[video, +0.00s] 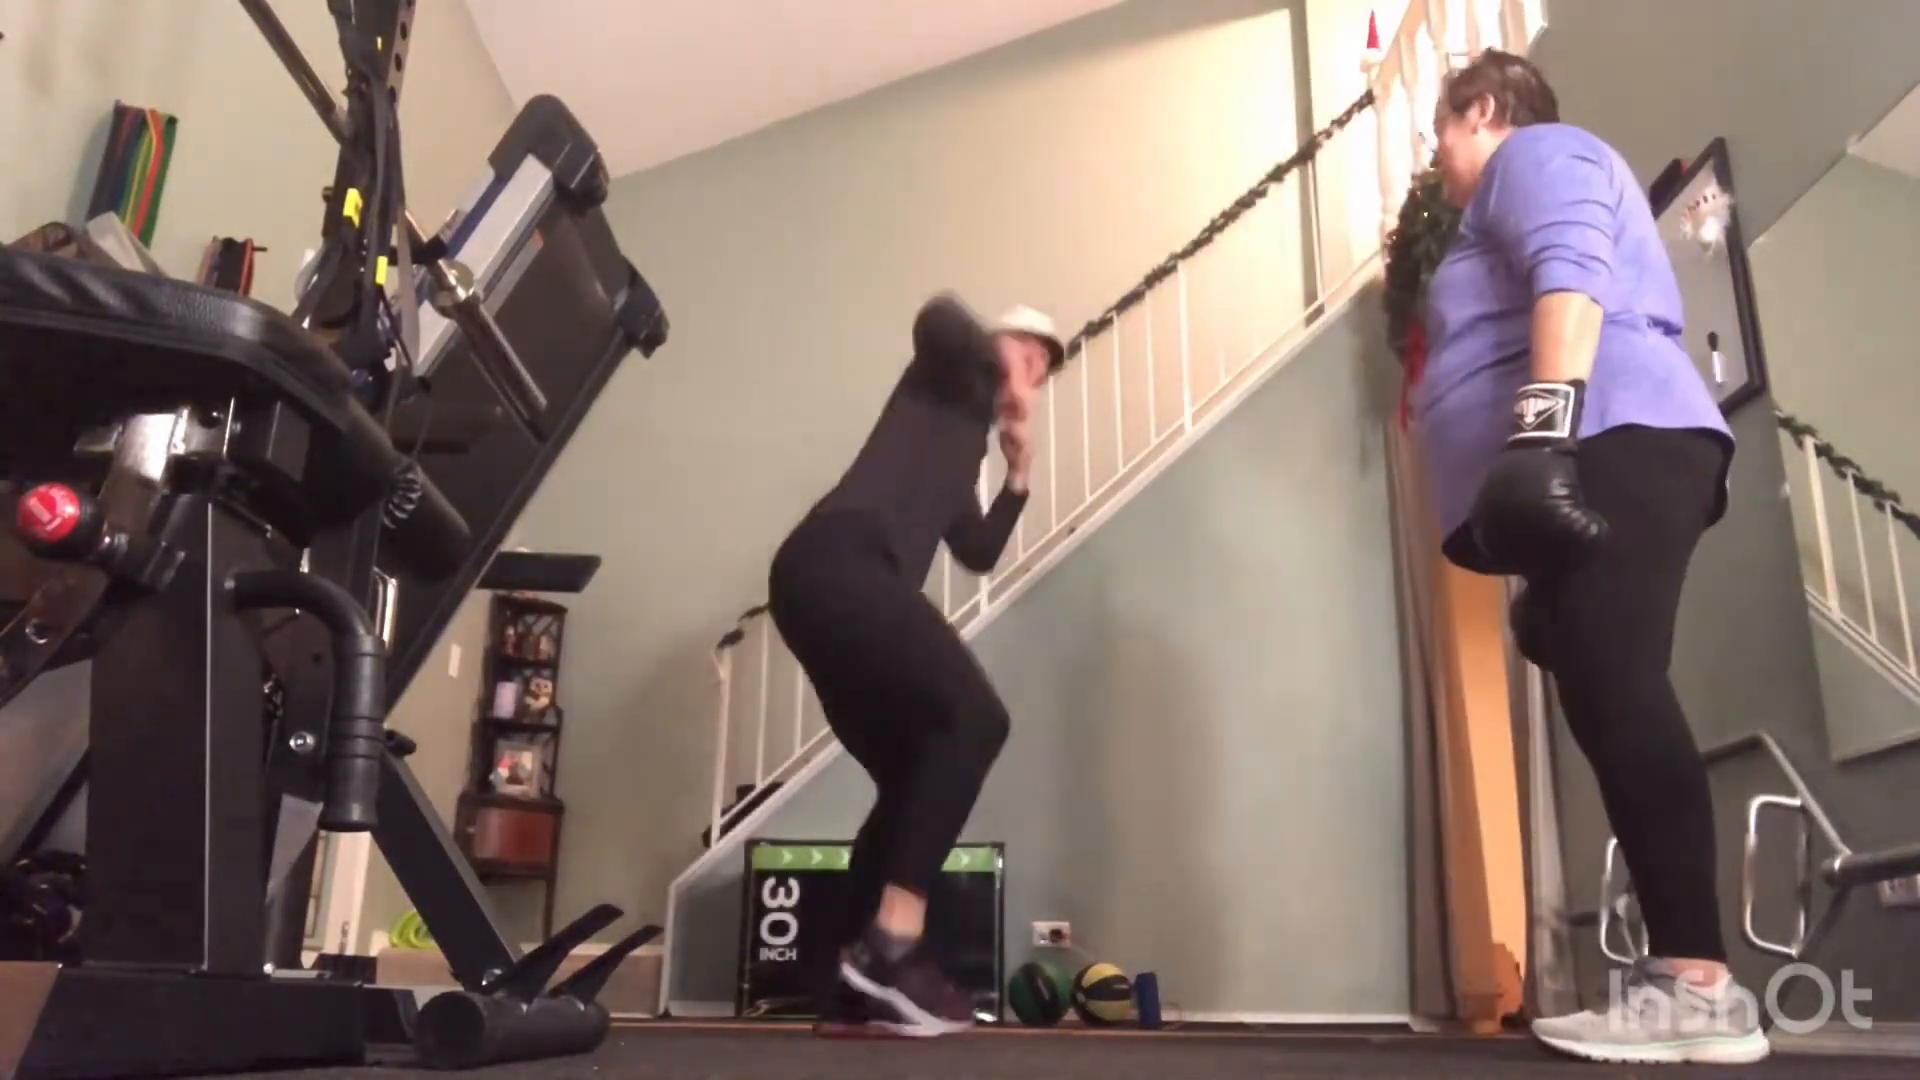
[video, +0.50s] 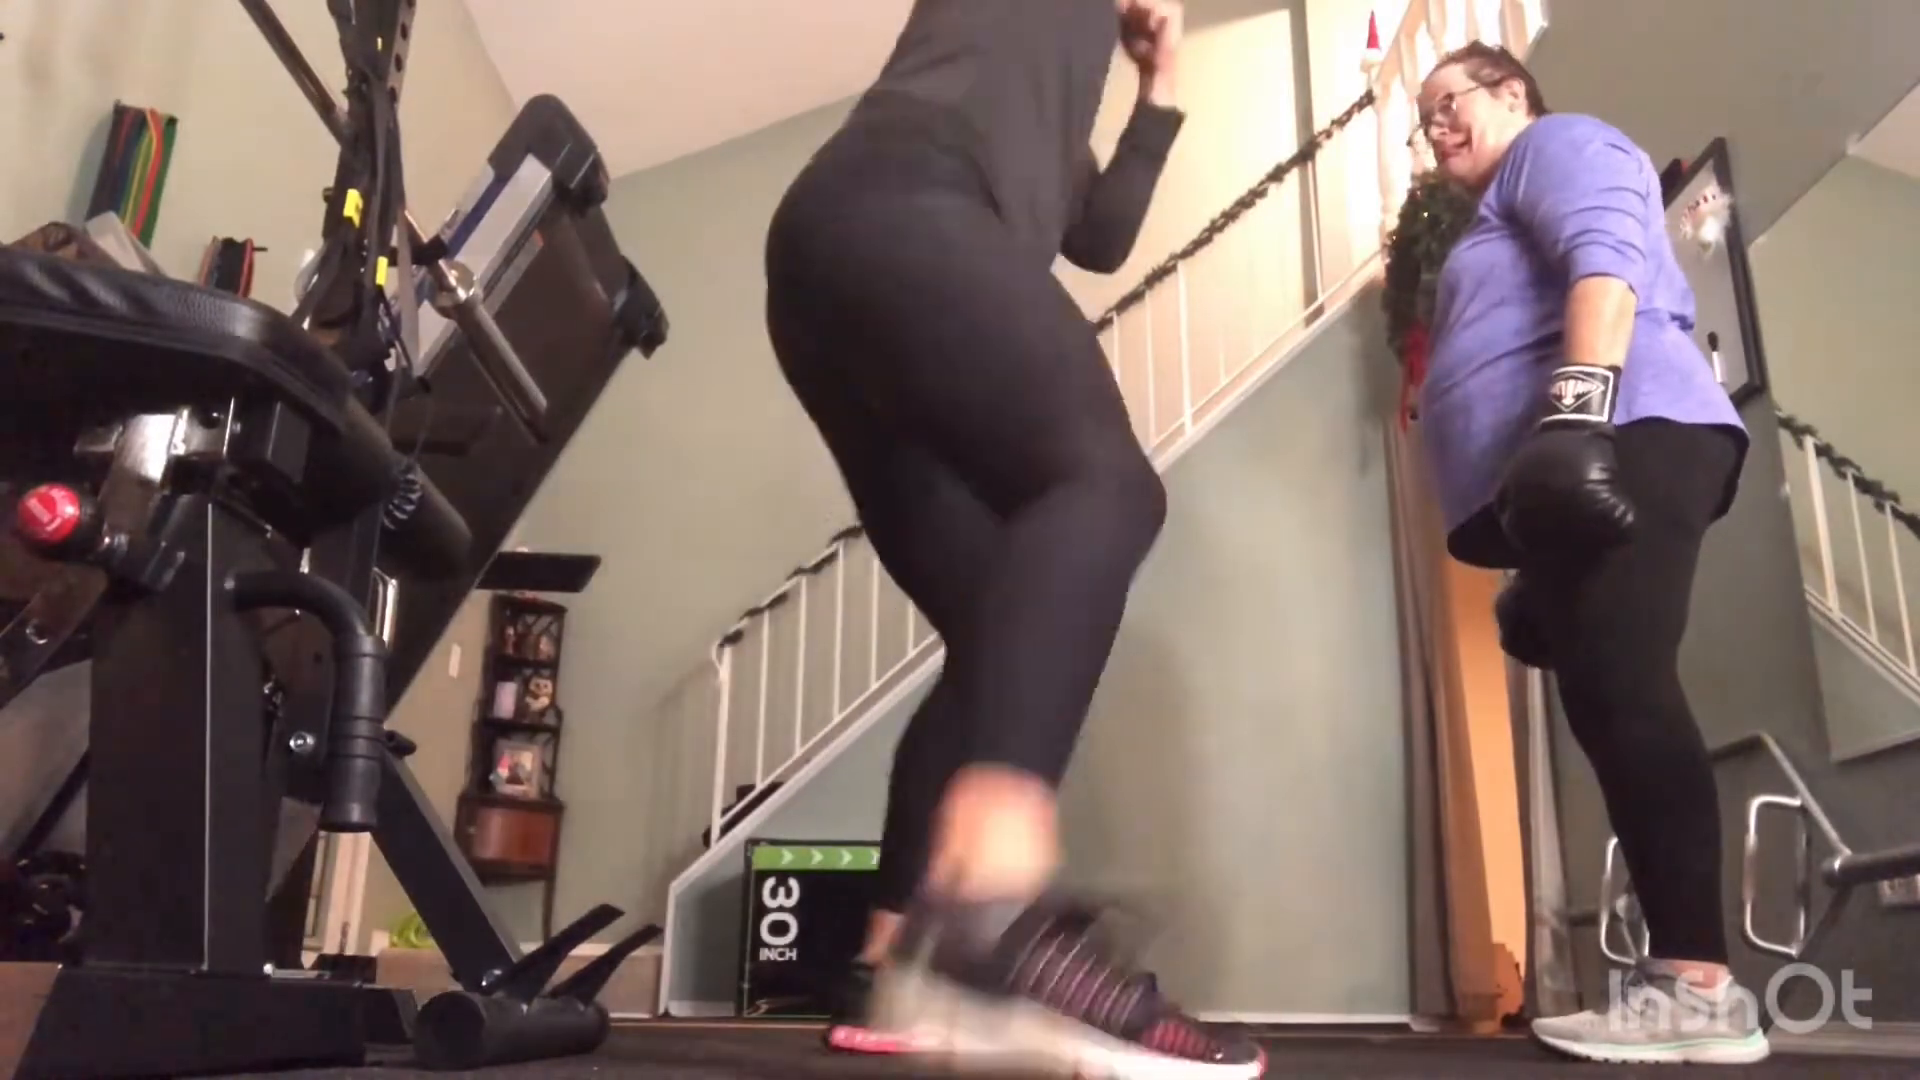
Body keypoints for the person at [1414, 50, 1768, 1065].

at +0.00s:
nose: (1433, 155)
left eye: (1441, 134)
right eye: (1432, 139)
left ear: (1488, 112)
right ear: (1498, 114)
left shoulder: (1542, 151)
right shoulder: (1496, 218)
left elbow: (1569, 274)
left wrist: (1539, 432)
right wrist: (1426, 257)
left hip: (1629, 432)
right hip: (1597, 451)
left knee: (1614, 677)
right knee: (1604, 693)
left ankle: (1698, 985)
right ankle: (1679, 979)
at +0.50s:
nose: (1437, 125)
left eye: (1453, 104)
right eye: (1426, 120)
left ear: (1515, 95)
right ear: (1437, 146)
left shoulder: (1560, 143)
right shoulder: (1481, 234)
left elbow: (1601, 260)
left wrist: (1576, 408)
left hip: (1640, 429)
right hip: (1580, 460)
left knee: (1621, 682)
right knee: (1603, 702)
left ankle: (1699, 984)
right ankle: (1682, 977)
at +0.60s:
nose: (1432, 129)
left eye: (1445, 106)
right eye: (1421, 124)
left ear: (1509, 95)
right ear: (1432, 150)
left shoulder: (1560, 143)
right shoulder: (1480, 234)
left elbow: (1612, 259)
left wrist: (1593, 411)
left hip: (1637, 434)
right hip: (1568, 472)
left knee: (1623, 684)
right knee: (1601, 708)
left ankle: (1699, 984)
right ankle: (1683, 977)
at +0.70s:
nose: (1430, 127)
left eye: (1444, 104)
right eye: (1419, 121)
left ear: (1505, 95)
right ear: (1427, 148)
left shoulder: (1555, 145)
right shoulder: (1476, 247)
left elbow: (1617, 258)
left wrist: (1598, 414)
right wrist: (1512, 568)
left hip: (1635, 429)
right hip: (1556, 481)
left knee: (1612, 671)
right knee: (1597, 691)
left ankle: (1688, 922)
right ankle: (1671, 913)